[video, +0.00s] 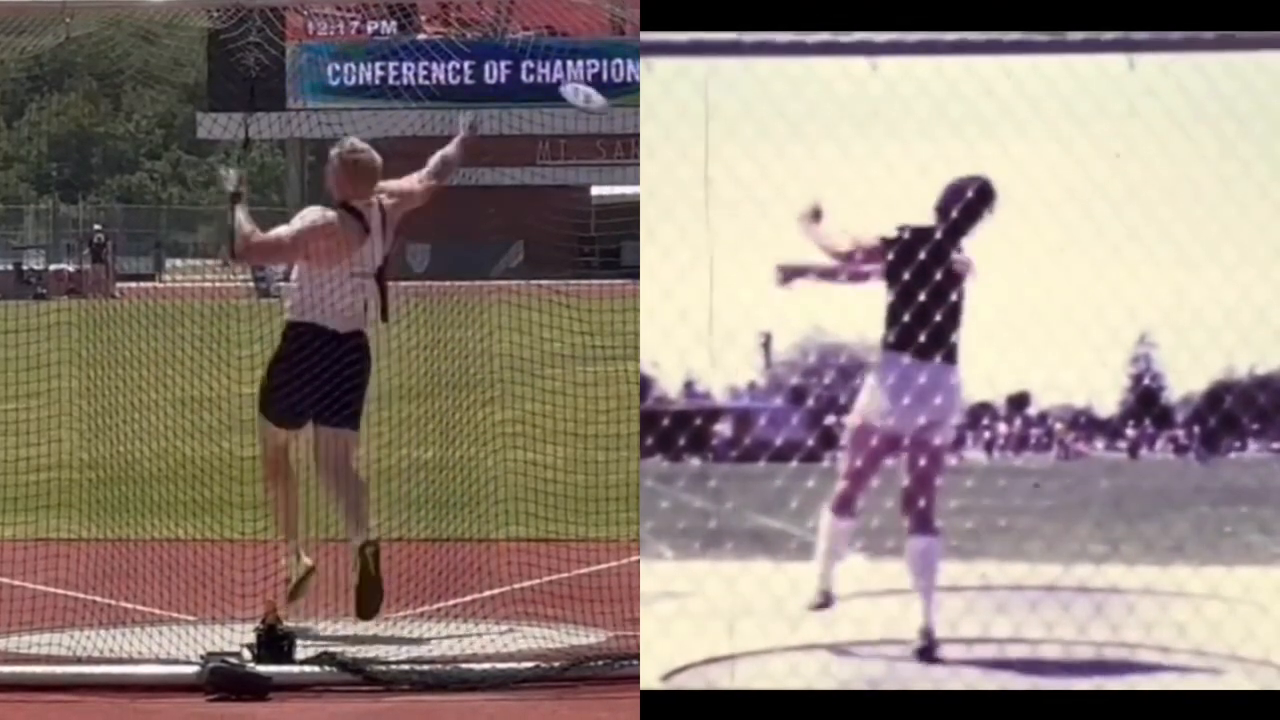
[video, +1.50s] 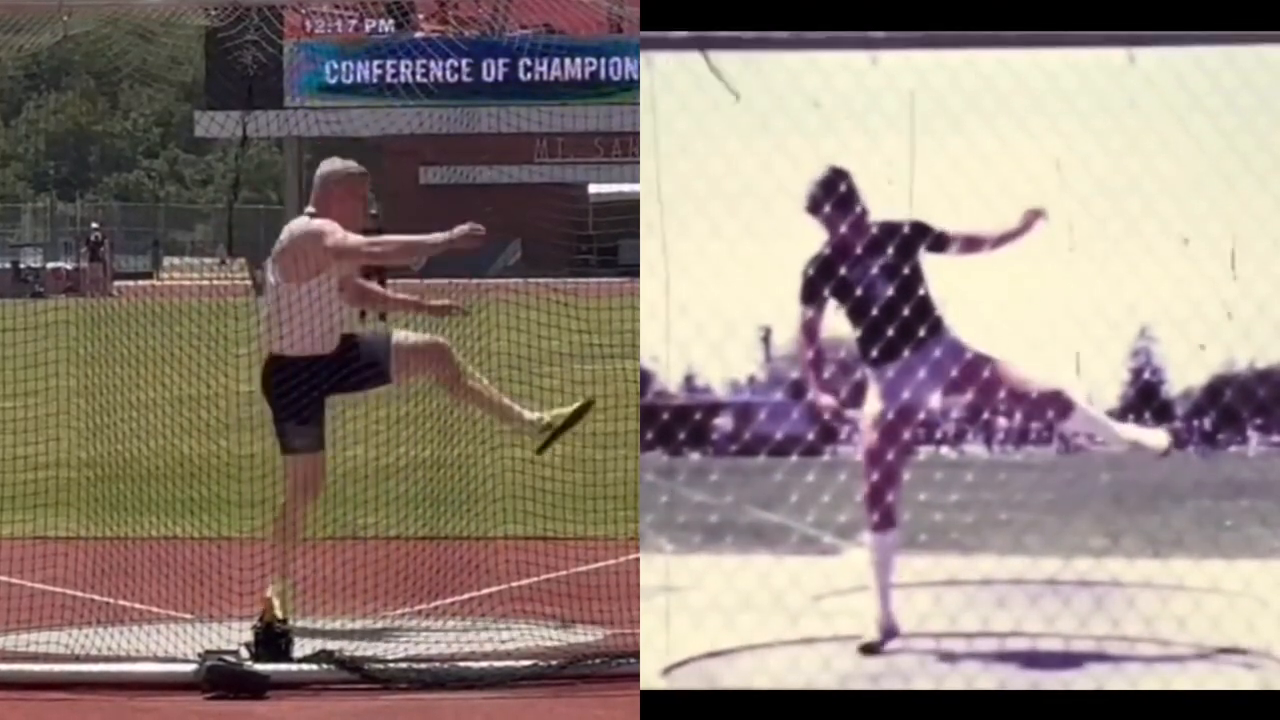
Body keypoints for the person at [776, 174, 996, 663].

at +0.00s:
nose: (978, 223)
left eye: (976, 211)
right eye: (980, 214)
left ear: (941, 201)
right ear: (975, 216)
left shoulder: (909, 243)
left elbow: (847, 252)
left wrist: (813, 226)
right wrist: (803, 271)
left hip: (894, 371)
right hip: (942, 376)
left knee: (851, 484)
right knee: (921, 501)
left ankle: (823, 583)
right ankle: (929, 622)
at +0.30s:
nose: (875, 245)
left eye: (879, 239)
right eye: (877, 239)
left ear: (893, 236)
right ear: (901, 235)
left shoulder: (926, 258)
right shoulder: (879, 287)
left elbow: (897, 265)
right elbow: (879, 351)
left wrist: (854, 269)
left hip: (936, 383)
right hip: (909, 389)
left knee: (842, 460)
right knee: (902, 501)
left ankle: (764, 559)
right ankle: (928, 621)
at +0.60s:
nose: (817, 277)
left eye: (819, 267)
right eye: (814, 270)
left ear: (839, 257)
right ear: (826, 266)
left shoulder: (898, 268)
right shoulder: (845, 319)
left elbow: (952, 270)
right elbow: (877, 379)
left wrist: (971, 281)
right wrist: (911, 374)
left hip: (949, 385)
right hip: (912, 401)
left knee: (894, 442)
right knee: (889, 511)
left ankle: (827, 514)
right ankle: (926, 619)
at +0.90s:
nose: (815, 261)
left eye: (816, 249)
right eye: (807, 255)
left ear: (836, 238)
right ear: (807, 258)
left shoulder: (894, 258)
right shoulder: (829, 302)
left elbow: (956, 257)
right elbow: (850, 356)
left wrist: (1002, 265)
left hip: (936, 366)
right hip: (893, 390)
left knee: (956, 412)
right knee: (879, 498)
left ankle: (987, 487)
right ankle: (922, 612)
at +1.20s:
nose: (823, 239)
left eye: (826, 227)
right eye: (817, 232)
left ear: (845, 216)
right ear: (818, 232)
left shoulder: (897, 236)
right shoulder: (823, 272)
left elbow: (963, 240)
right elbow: (818, 329)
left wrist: (1011, 239)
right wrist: (830, 375)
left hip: (939, 357)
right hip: (889, 379)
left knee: (1021, 397)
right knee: (868, 489)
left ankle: (1122, 459)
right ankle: (900, 599)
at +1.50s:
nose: (839, 228)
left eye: (843, 215)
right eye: (829, 221)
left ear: (858, 206)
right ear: (821, 222)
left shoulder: (900, 236)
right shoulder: (821, 271)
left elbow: (965, 244)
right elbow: (808, 337)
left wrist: (1016, 232)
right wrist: (816, 390)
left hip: (944, 358)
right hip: (890, 383)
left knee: (1048, 398)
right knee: (878, 489)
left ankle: (1129, 437)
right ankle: (884, 619)